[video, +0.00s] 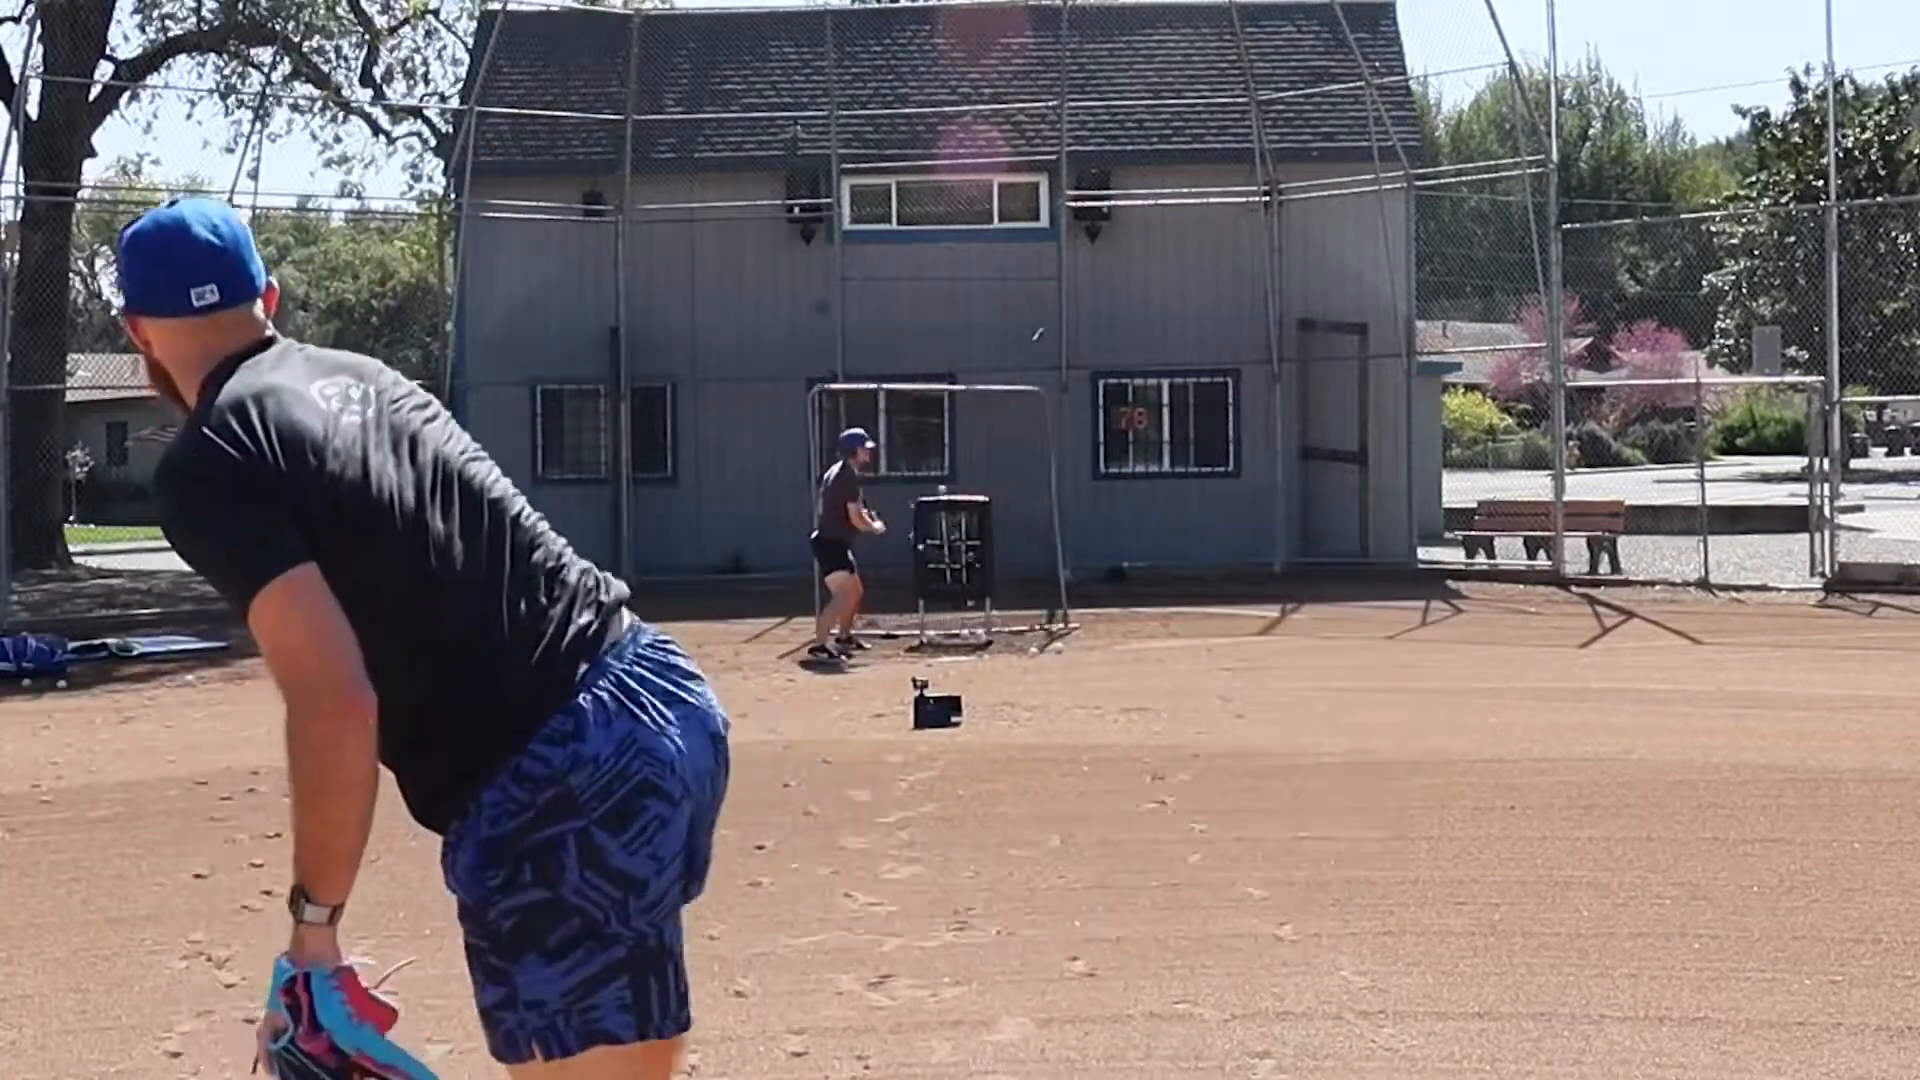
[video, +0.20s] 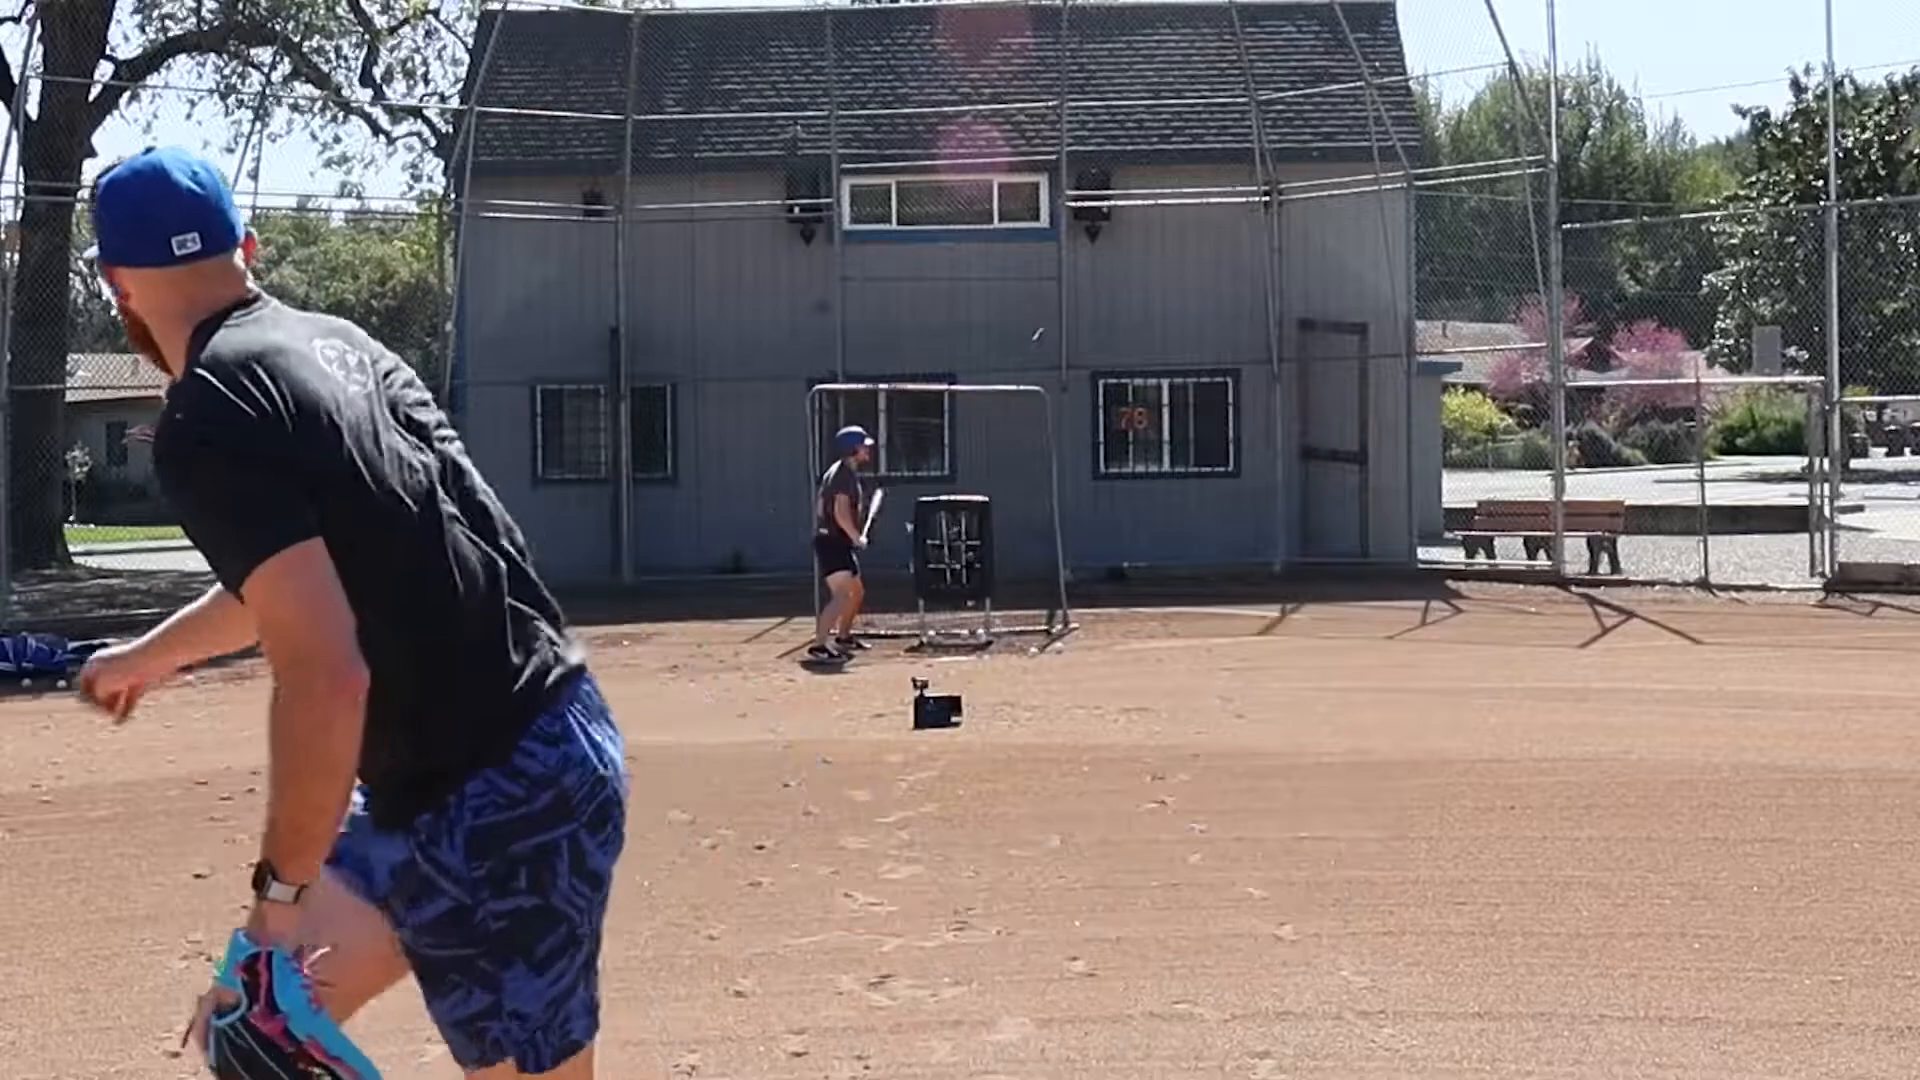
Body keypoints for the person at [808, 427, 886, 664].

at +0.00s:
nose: (868, 454)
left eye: (868, 449)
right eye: (864, 450)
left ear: (852, 451)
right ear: (852, 450)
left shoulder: (840, 471)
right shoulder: (847, 475)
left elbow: (852, 504)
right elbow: (856, 518)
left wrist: (867, 516)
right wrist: (875, 527)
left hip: (836, 539)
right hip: (830, 541)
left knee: (855, 590)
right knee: (844, 593)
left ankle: (844, 635)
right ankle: (821, 643)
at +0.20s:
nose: (868, 452)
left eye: (867, 447)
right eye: (864, 448)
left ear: (852, 450)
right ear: (852, 449)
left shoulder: (847, 472)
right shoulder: (843, 473)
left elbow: (848, 507)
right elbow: (841, 510)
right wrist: (856, 536)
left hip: (840, 538)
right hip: (830, 538)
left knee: (855, 590)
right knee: (842, 592)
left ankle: (843, 634)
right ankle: (821, 642)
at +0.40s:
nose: (862, 450)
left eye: (863, 446)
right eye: (857, 446)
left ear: (858, 448)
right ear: (846, 449)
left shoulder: (837, 466)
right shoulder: (850, 472)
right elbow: (876, 492)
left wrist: (868, 470)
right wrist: (879, 475)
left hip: (815, 537)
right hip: (829, 536)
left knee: (854, 580)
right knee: (874, 561)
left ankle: (841, 633)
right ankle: (854, 602)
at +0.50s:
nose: (859, 453)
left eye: (862, 448)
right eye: (855, 448)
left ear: (865, 450)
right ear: (846, 450)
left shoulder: (836, 467)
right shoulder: (850, 473)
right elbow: (875, 495)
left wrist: (872, 475)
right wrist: (876, 477)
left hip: (815, 534)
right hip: (827, 534)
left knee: (852, 581)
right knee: (872, 563)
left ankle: (840, 634)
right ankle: (853, 605)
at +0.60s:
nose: (861, 456)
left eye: (862, 452)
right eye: (856, 452)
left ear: (862, 453)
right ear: (845, 453)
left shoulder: (833, 470)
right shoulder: (853, 476)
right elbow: (874, 497)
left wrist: (865, 475)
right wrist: (871, 479)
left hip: (810, 538)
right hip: (825, 538)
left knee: (850, 584)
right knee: (866, 571)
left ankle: (841, 634)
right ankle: (847, 614)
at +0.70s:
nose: (860, 459)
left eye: (862, 455)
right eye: (856, 455)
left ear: (861, 456)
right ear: (845, 456)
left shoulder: (832, 472)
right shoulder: (852, 480)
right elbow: (874, 500)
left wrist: (862, 477)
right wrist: (868, 481)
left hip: (813, 538)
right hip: (824, 540)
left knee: (850, 587)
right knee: (856, 585)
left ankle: (841, 631)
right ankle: (837, 630)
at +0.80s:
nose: (863, 468)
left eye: (864, 463)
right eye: (859, 463)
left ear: (846, 464)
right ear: (847, 463)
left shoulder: (830, 479)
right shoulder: (851, 485)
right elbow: (873, 506)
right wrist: (864, 485)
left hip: (816, 546)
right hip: (820, 549)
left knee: (855, 595)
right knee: (849, 596)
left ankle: (838, 636)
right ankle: (829, 640)